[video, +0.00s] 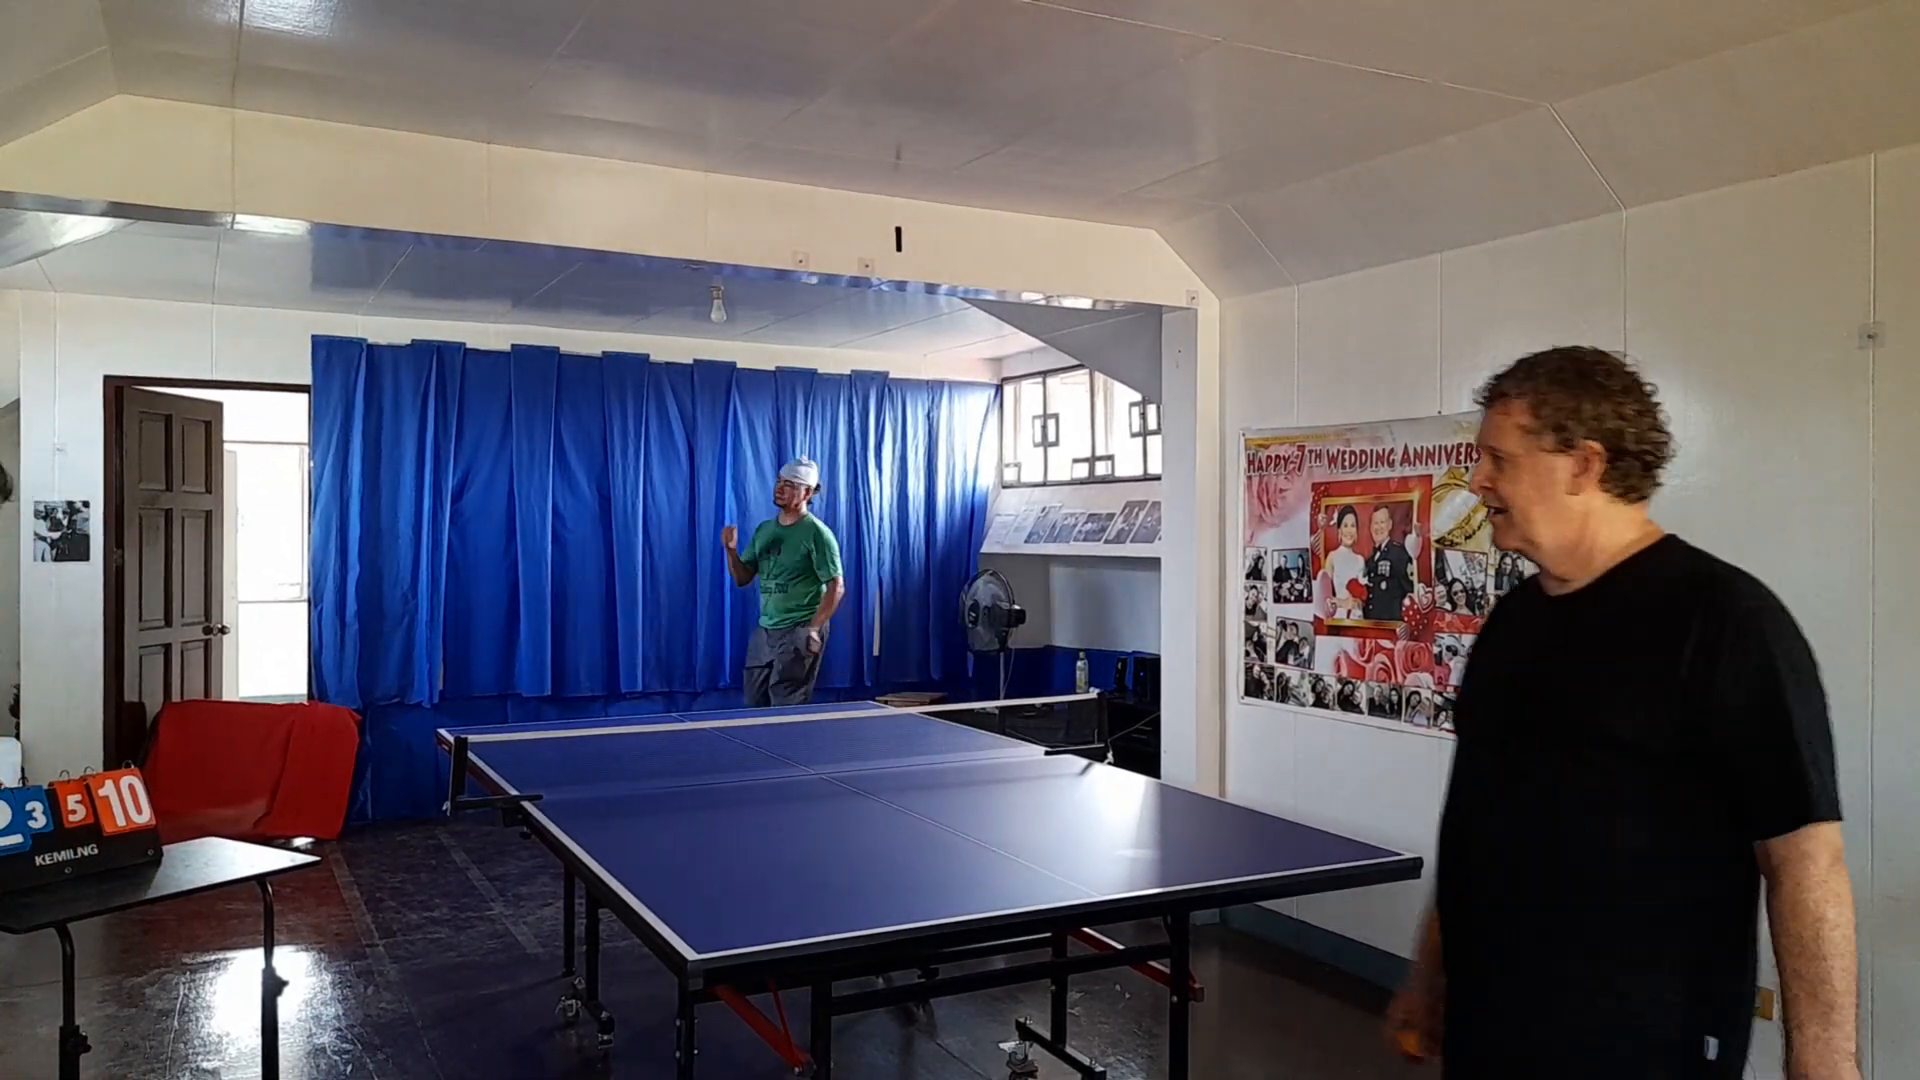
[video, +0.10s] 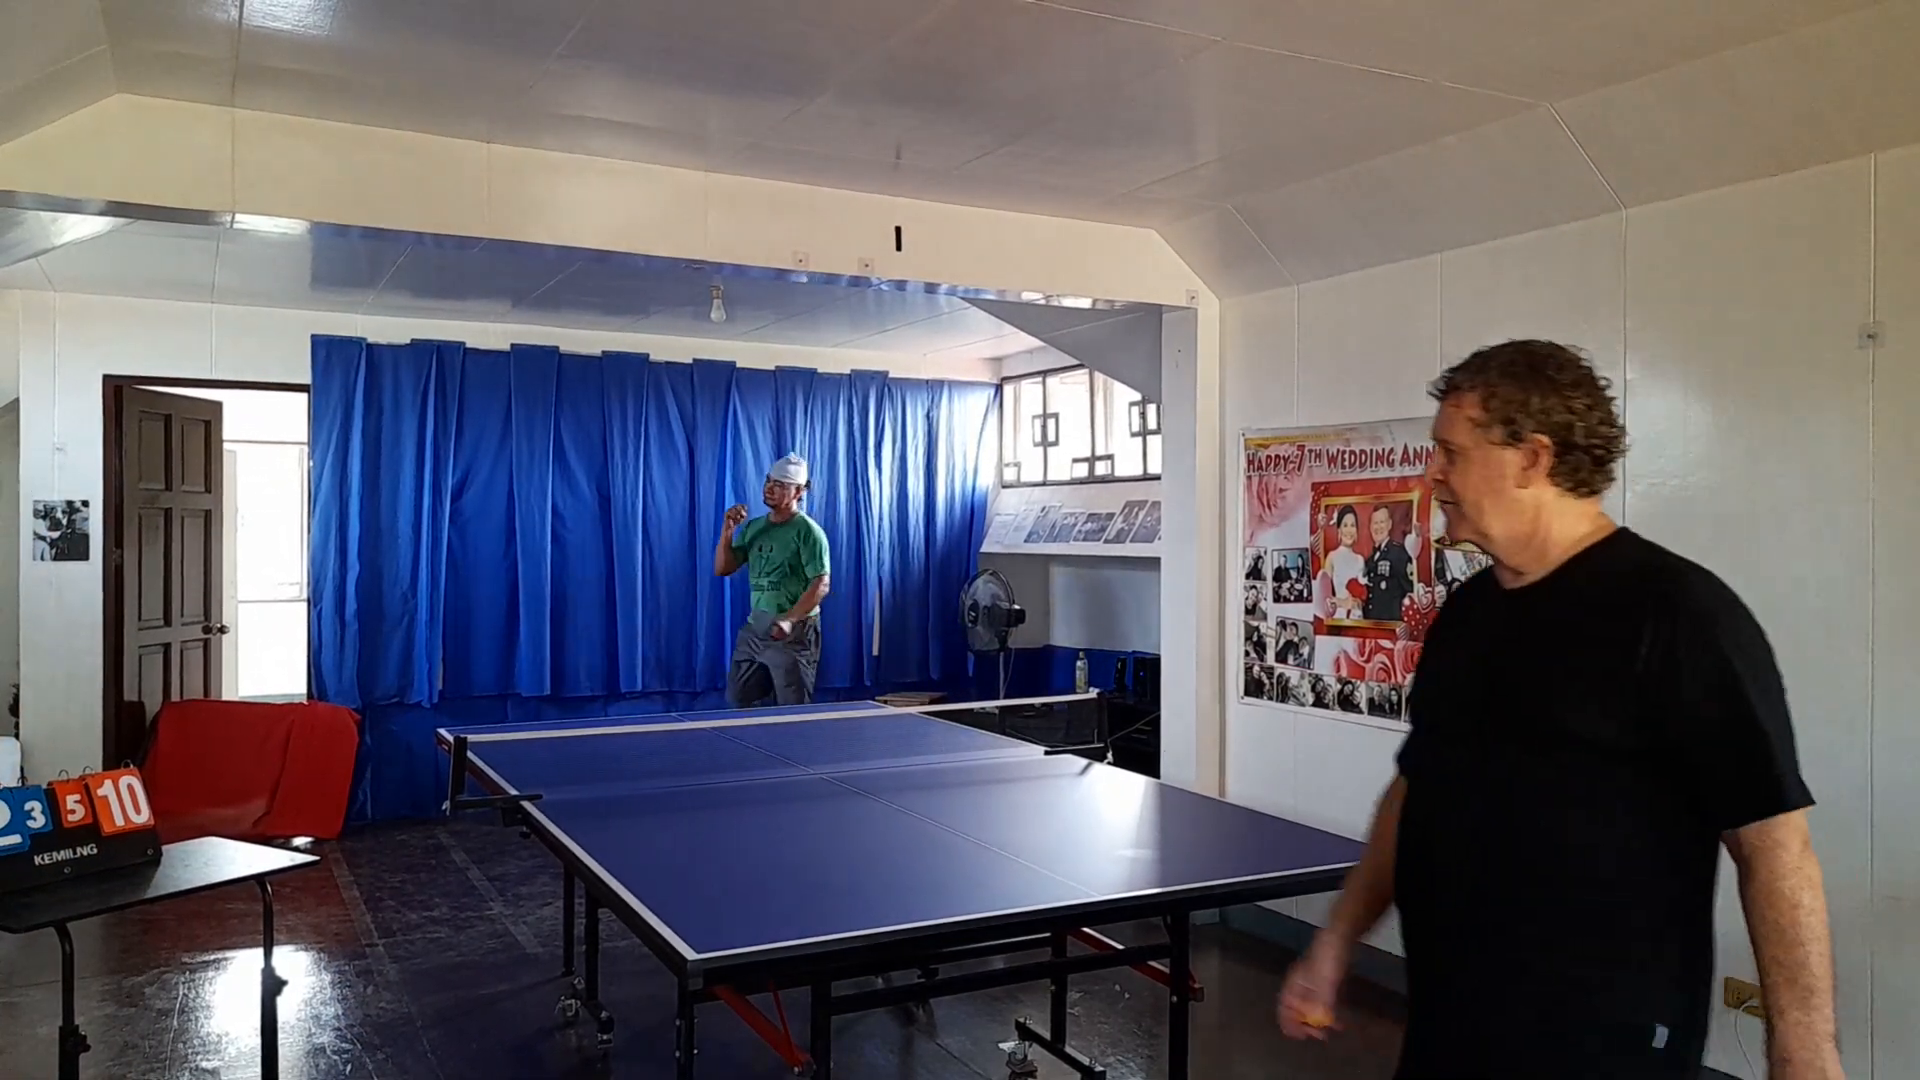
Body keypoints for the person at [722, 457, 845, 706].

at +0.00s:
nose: (780, 488)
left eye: (790, 485)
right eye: (779, 481)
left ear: (807, 494)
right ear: (775, 483)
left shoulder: (818, 534)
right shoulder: (765, 530)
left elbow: (836, 586)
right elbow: (742, 578)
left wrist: (814, 628)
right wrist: (730, 550)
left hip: (800, 633)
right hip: (765, 633)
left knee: (785, 706)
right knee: (754, 703)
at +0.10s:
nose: (770, 488)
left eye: (780, 485)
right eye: (769, 482)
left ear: (798, 492)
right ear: (765, 484)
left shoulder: (809, 532)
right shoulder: (753, 527)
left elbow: (821, 585)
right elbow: (723, 568)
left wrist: (789, 620)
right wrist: (727, 531)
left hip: (793, 635)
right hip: (755, 630)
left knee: (793, 714)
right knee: (738, 702)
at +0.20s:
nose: (761, 494)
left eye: (770, 489)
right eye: (758, 486)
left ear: (787, 495)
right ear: (753, 488)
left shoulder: (798, 535)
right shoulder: (744, 530)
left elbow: (805, 589)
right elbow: (707, 564)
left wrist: (763, 616)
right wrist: (725, 521)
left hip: (783, 638)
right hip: (743, 637)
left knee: (794, 719)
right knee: (729, 716)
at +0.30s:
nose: (748, 498)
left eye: (757, 492)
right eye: (746, 490)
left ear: (775, 496)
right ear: (740, 492)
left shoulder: (785, 537)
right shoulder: (730, 531)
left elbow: (788, 593)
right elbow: (693, 561)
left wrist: (742, 620)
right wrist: (717, 518)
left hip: (772, 644)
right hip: (729, 645)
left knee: (782, 725)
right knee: (721, 726)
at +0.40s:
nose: (733, 499)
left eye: (741, 494)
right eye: (729, 492)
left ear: (759, 497)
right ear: (724, 493)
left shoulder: (771, 539)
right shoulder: (715, 533)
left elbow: (772, 597)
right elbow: (678, 564)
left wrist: (732, 634)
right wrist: (704, 521)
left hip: (756, 646)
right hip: (712, 645)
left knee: (761, 727)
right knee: (704, 728)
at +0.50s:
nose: (718, 497)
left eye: (727, 492)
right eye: (714, 490)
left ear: (745, 496)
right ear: (708, 492)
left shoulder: (756, 540)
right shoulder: (697, 535)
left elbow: (760, 602)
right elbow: (659, 568)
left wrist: (740, 651)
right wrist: (688, 531)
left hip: (736, 647)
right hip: (693, 643)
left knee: (741, 725)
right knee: (686, 721)